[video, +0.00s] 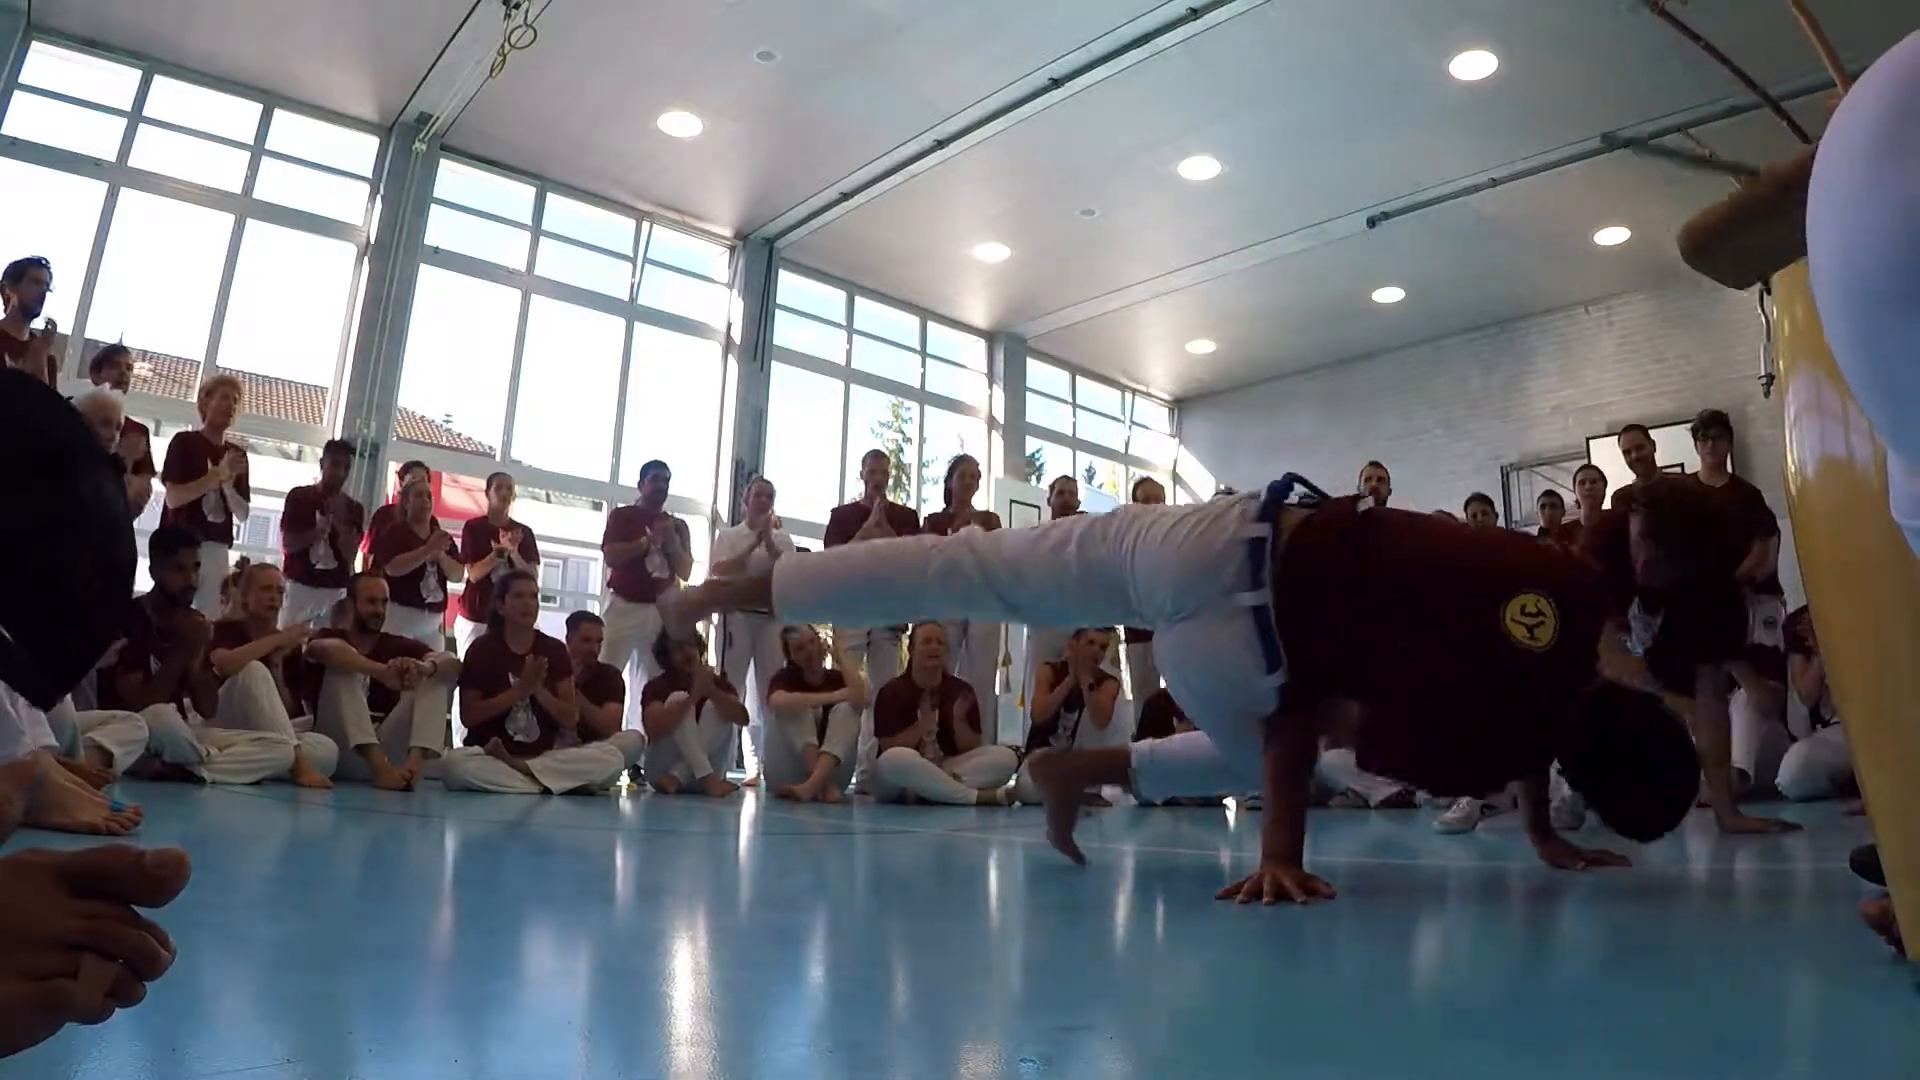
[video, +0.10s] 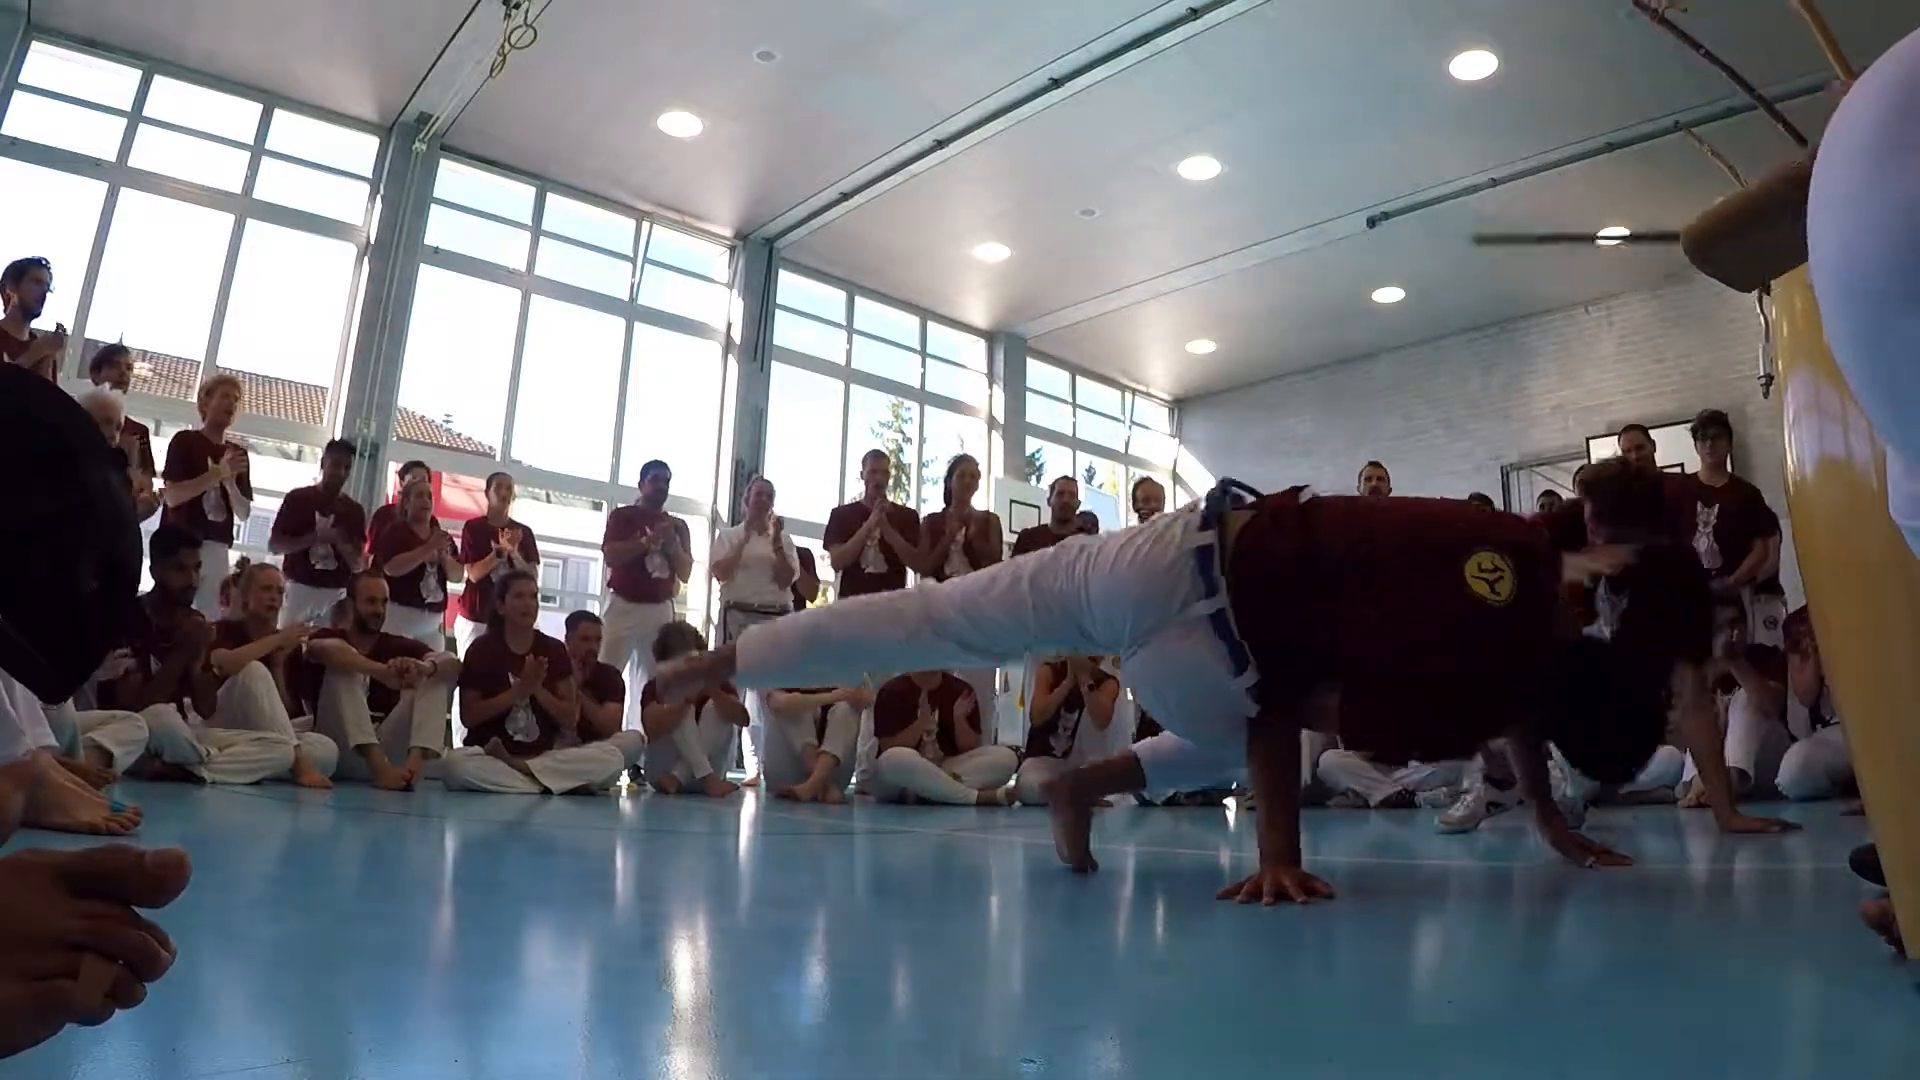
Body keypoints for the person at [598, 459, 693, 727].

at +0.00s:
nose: (661, 485)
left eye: (665, 480)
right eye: (655, 479)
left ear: (669, 487)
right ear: (640, 484)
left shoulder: (677, 525)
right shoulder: (621, 515)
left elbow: (685, 572)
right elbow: (611, 556)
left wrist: (671, 544)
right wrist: (648, 543)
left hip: (660, 609)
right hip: (622, 607)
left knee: (654, 686)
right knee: (606, 680)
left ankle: (649, 750)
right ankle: (599, 746)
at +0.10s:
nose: (661, 485)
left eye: (665, 481)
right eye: (655, 479)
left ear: (669, 487)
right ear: (641, 484)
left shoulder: (678, 525)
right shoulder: (621, 516)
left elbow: (685, 574)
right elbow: (611, 557)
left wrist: (672, 545)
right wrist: (647, 542)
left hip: (660, 610)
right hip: (622, 608)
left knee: (657, 687)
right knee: (605, 681)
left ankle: (653, 753)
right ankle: (598, 748)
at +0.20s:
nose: (662, 485)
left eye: (667, 481)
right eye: (656, 479)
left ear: (670, 488)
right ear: (642, 483)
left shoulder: (677, 525)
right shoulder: (621, 516)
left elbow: (685, 574)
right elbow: (612, 557)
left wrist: (675, 545)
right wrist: (647, 531)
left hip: (659, 610)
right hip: (622, 608)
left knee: (655, 687)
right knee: (606, 682)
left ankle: (653, 750)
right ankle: (599, 747)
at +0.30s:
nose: (662, 486)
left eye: (667, 482)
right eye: (656, 480)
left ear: (670, 487)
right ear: (642, 484)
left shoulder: (678, 525)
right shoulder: (622, 516)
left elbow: (685, 573)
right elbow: (612, 556)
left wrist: (674, 546)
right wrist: (645, 544)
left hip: (660, 610)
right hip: (622, 607)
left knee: (654, 687)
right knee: (606, 681)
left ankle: (649, 748)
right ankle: (598, 746)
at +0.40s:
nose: (663, 485)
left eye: (668, 481)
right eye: (657, 479)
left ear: (671, 488)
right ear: (642, 484)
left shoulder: (678, 525)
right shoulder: (621, 516)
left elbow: (685, 572)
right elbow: (612, 556)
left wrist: (672, 544)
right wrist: (649, 541)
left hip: (660, 610)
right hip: (622, 608)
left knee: (656, 686)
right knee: (606, 681)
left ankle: (652, 748)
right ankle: (599, 746)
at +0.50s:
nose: (663, 486)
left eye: (668, 481)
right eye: (657, 479)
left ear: (671, 487)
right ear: (643, 484)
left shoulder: (678, 526)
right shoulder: (622, 516)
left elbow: (685, 573)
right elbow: (612, 556)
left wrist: (671, 544)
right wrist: (646, 543)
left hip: (660, 610)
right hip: (623, 608)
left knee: (657, 687)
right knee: (605, 681)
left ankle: (654, 752)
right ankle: (598, 748)